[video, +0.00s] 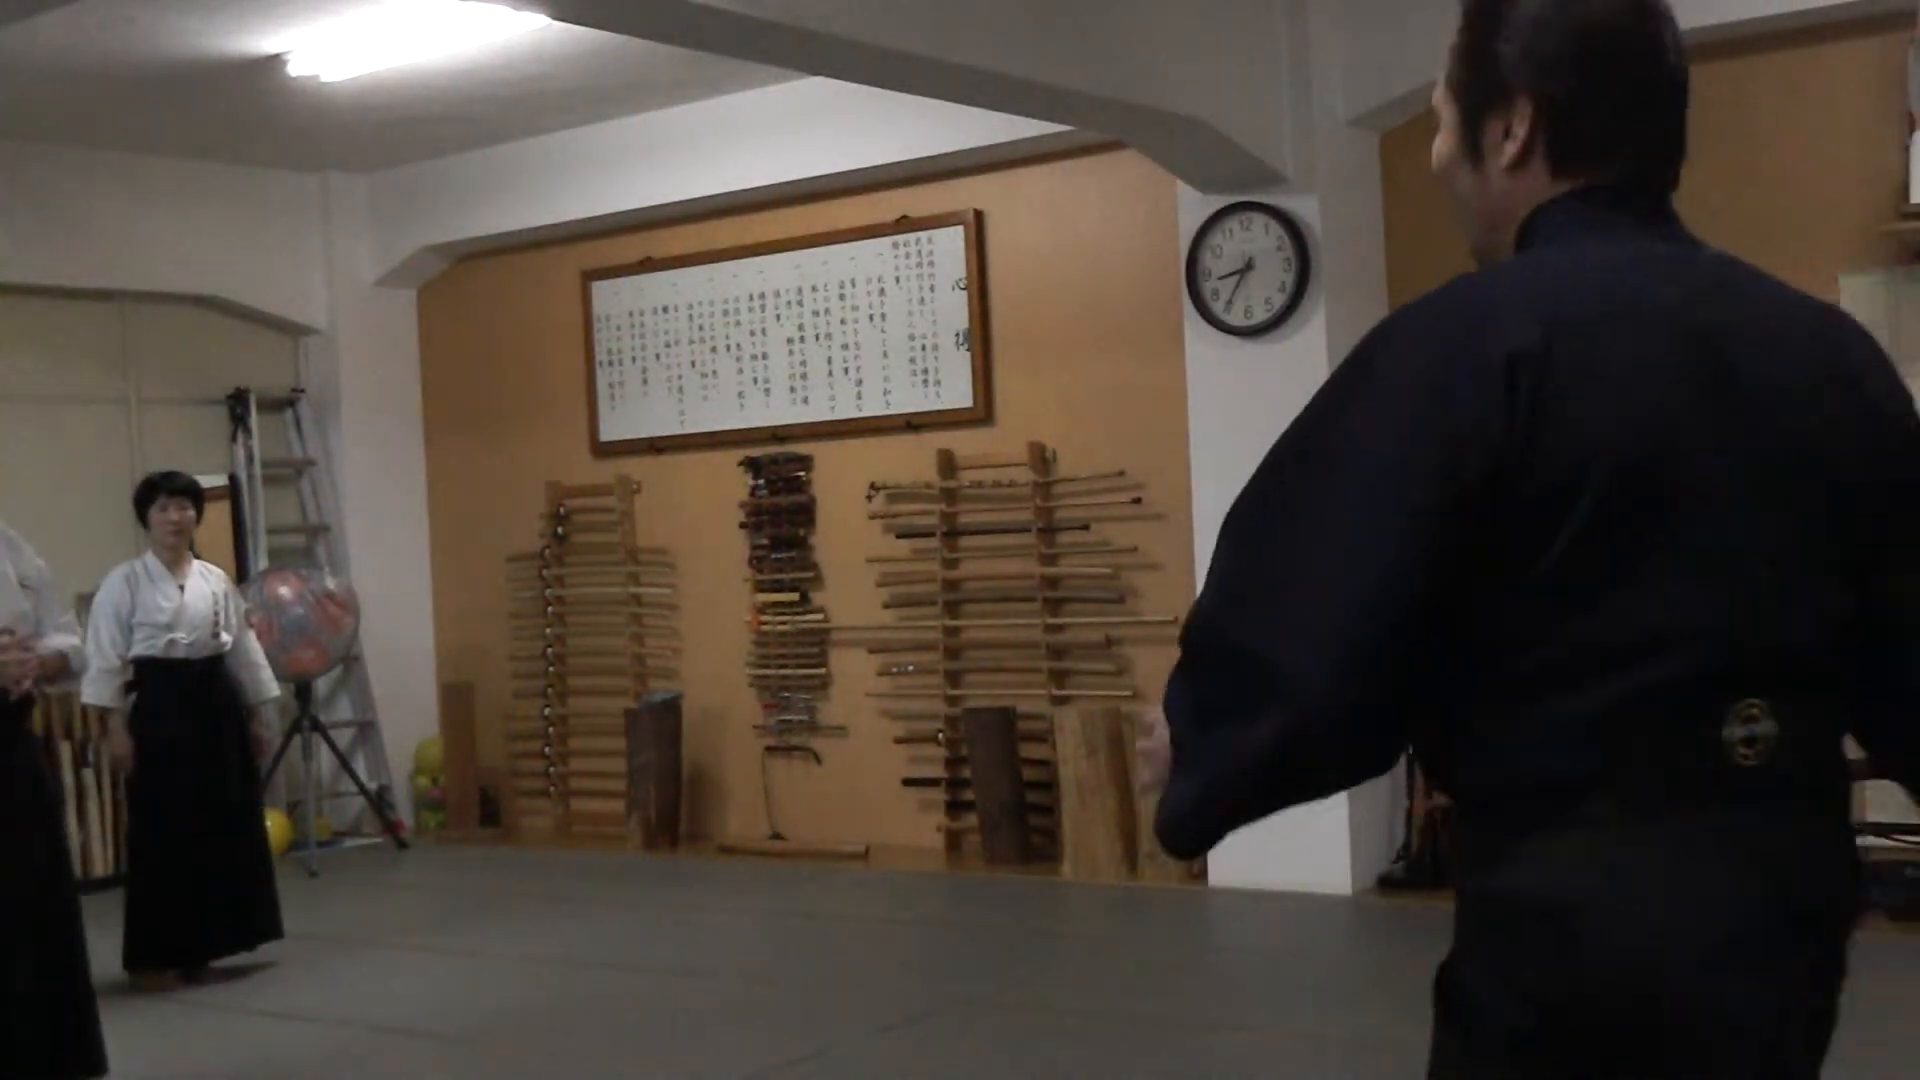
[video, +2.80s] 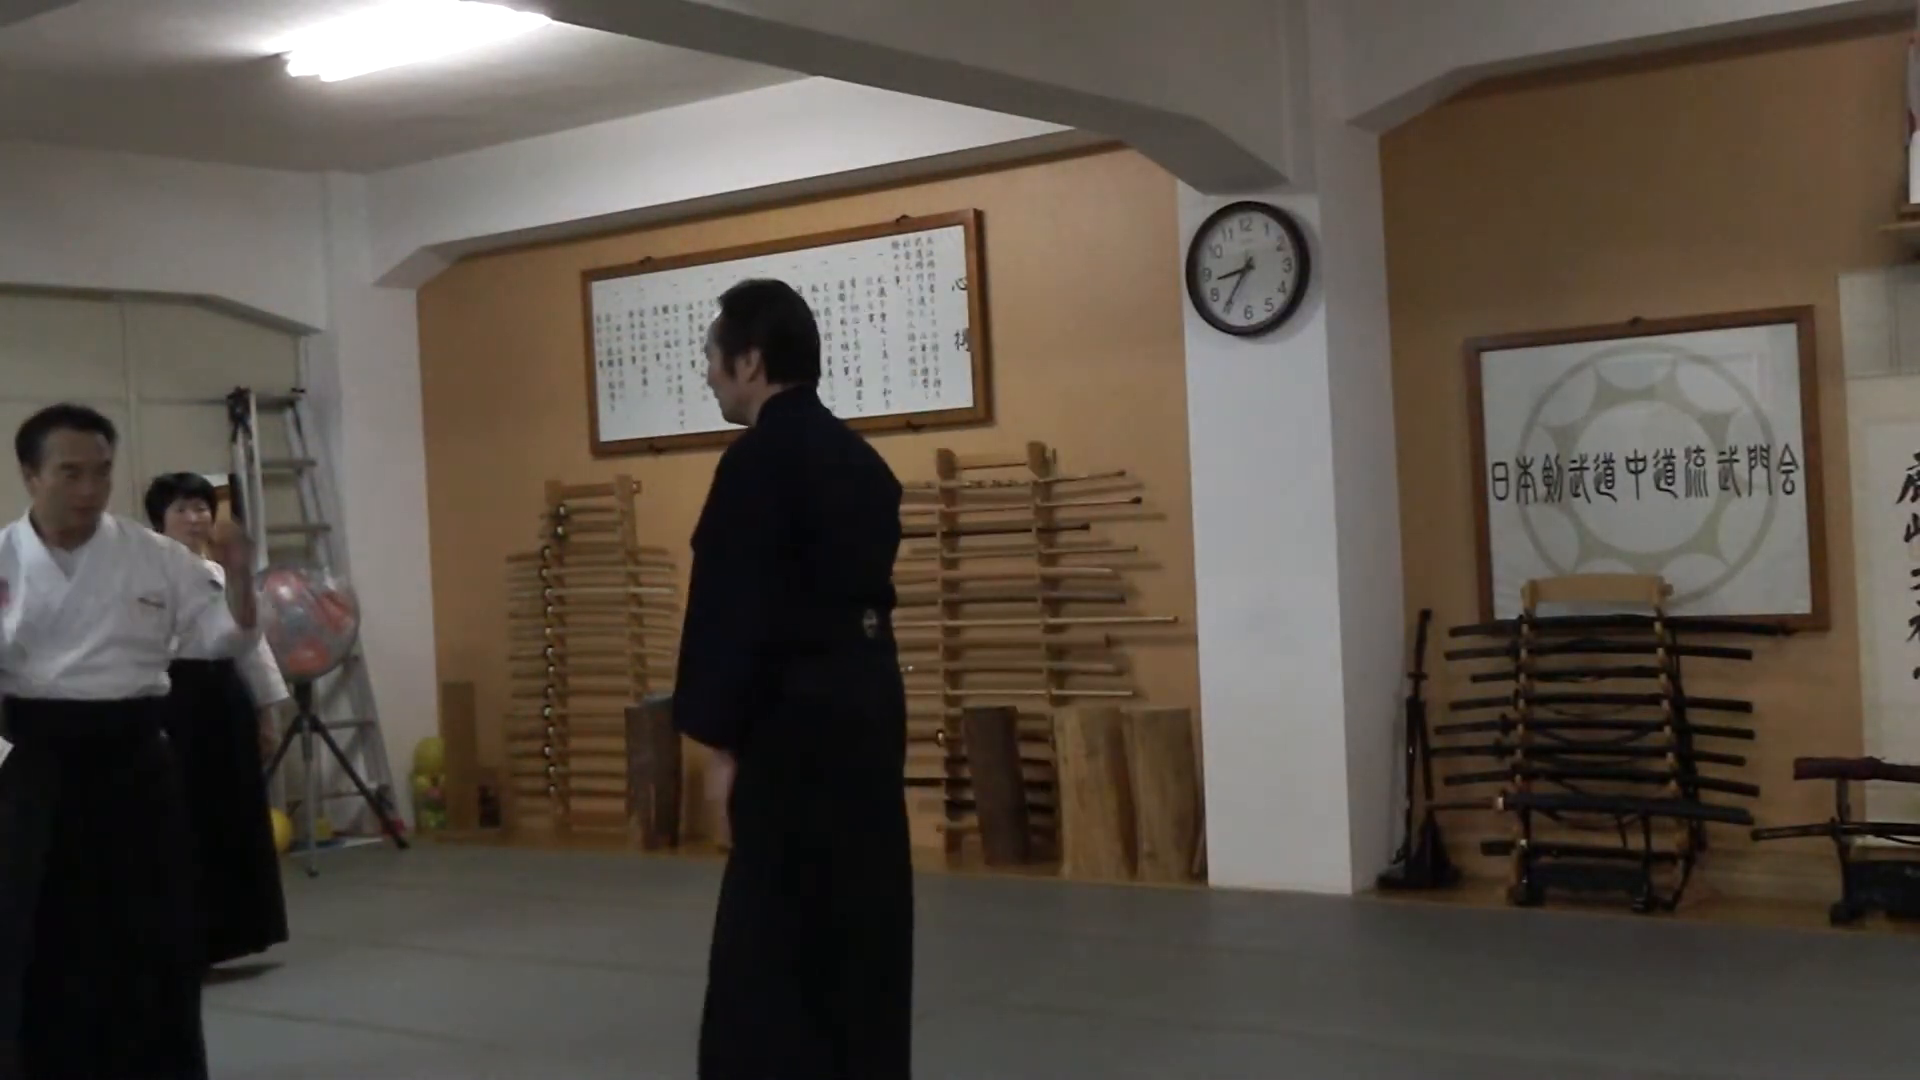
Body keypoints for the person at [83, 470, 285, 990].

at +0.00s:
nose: (174, 517)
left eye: (183, 508)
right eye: (163, 508)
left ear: (197, 517)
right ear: (145, 519)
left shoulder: (215, 581)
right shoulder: (124, 582)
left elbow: (243, 649)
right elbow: (104, 658)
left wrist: (260, 713)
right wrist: (115, 725)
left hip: (212, 703)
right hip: (157, 705)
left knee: (215, 822)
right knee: (161, 826)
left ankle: (202, 951)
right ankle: (155, 957)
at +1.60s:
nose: (183, 516)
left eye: (191, 508)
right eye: (170, 509)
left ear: (204, 518)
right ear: (148, 522)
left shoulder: (217, 579)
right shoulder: (141, 581)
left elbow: (243, 643)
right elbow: (136, 656)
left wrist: (263, 707)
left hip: (217, 704)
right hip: (160, 711)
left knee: (226, 816)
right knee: (174, 826)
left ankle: (230, 930)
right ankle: (184, 936)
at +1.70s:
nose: (182, 522)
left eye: (191, 512)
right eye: (169, 514)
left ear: (203, 519)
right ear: (147, 522)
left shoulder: (216, 579)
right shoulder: (135, 583)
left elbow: (243, 645)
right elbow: (135, 651)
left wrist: (263, 708)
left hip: (215, 698)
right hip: (158, 702)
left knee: (222, 812)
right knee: (167, 819)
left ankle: (225, 929)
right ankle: (172, 933)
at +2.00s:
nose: (186, 522)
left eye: (195, 512)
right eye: (173, 513)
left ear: (207, 519)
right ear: (148, 523)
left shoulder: (219, 580)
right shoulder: (137, 583)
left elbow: (245, 644)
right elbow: (131, 654)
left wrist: (265, 707)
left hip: (218, 700)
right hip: (160, 704)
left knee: (224, 814)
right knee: (169, 821)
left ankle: (222, 934)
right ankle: (176, 938)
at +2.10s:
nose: (187, 521)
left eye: (195, 511)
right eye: (174, 513)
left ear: (208, 519)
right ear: (149, 523)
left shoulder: (221, 580)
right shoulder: (139, 583)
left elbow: (246, 645)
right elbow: (133, 655)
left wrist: (265, 710)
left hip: (220, 699)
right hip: (162, 704)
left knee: (226, 814)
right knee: (174, 821)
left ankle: (229, 932)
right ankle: (181, 938)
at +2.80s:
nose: (197, 517)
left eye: (203, 508)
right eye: (184, 509)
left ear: (215, 518)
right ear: (159, 521)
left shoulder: (222, 578)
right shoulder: (148, 575)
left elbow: (249, 643)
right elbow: (137, 652)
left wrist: (269, 708)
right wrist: (141, 720)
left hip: (225, 701)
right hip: (170, 703)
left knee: (231, 814)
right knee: (180, 819)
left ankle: (232, 932)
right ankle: (187, 938)